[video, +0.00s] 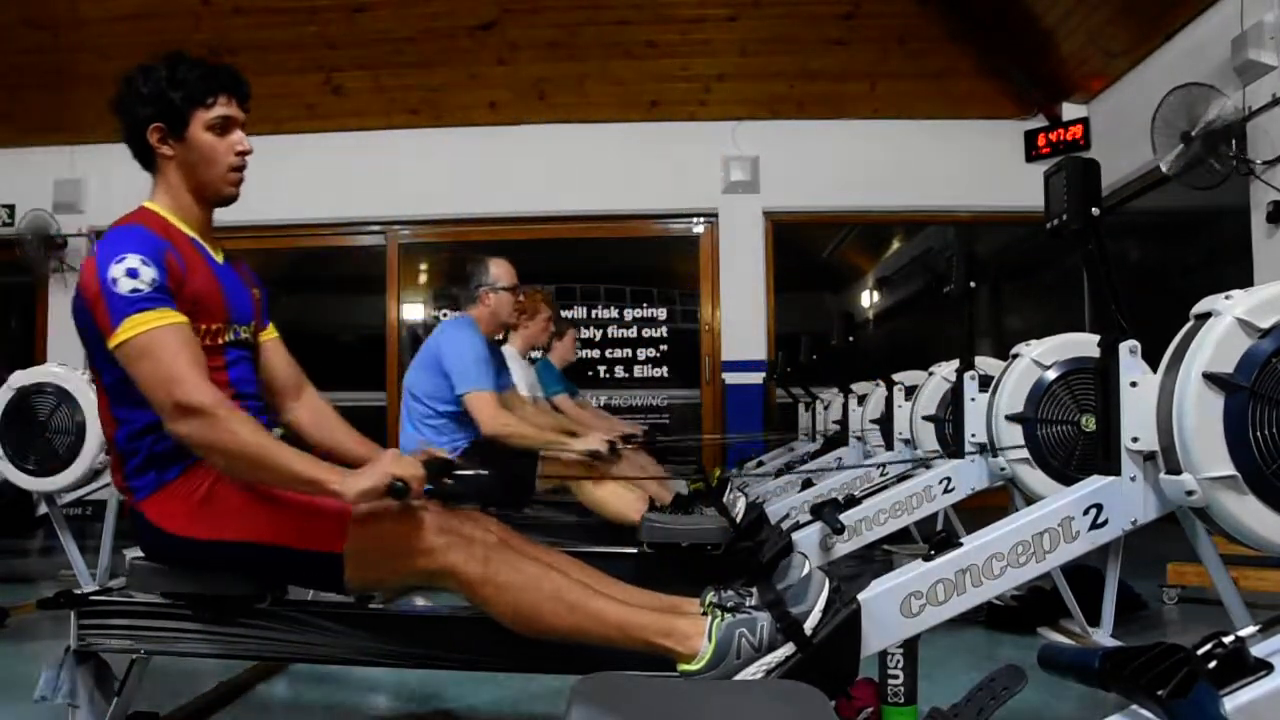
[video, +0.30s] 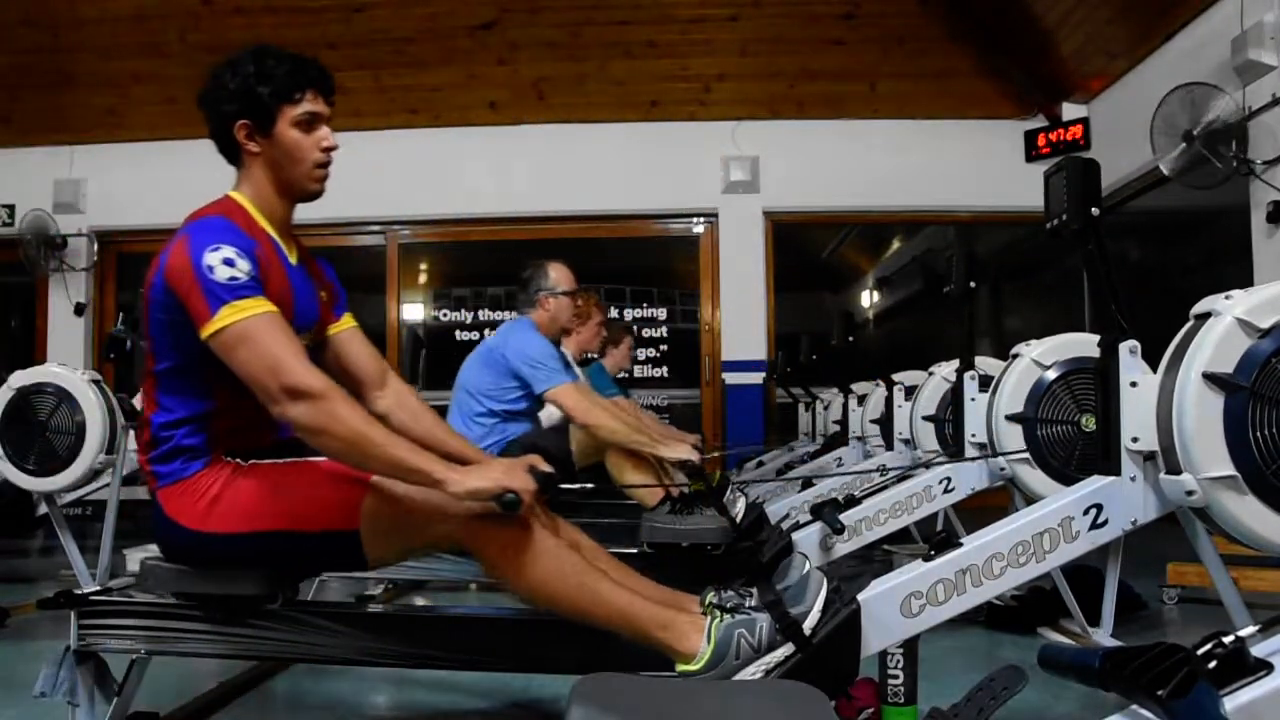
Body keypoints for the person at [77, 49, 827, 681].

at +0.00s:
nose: (243, 144)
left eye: (243, 129)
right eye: (221, 128)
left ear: (223, 144)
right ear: (163, 141)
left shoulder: (224, 269)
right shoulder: (129, 254)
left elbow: (292, 397)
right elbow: (193, 420)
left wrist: (374, 460)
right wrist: (340, 482)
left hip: (258, 483)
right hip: (193, 498)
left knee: (475, 523)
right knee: (447, 536)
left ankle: (698, 624)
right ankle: (697, 639)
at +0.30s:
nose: (329, 144)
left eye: (329, 127)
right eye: (309, 126)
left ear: (281, 138)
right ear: (248, 136)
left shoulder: (298, 263)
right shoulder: (212, 244)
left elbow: (383, 385)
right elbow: (294, 397)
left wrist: (476, 461)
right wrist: (455, 476)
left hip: (268, 474)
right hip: (207, 490)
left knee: (499, 489)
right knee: (475, 510)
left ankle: (699, 621)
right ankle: (693, 643)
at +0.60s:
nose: (436, 147)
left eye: (434, 130)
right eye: (416, 132)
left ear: (377, 145)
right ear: (356, 143)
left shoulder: (389, 260)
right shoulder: (320, 242)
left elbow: (478, 383)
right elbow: (415, 397)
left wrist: (584, 465)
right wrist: (575, 477)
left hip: (320, 478)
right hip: (264, 494)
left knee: (537, 442)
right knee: (513, 459)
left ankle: (691, 612)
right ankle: (693, 640)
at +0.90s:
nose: (557, 153)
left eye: (552, 135)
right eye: (537, 136)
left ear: (488, 152)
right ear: (478, 149)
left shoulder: (484, 254)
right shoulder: (442, 248)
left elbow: (581, 382)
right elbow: (568, 397)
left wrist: (696, 457)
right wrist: (726, 470)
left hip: (399, 485)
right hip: (358, 500)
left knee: (611, 393)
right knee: (599, 401)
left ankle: (693, 614)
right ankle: (698, 641)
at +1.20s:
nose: (678, 158)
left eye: (674, 138)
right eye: (660, 140)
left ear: (610, 154)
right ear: (603, 153)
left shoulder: (584, 241)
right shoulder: (575, 247)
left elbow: (716, 372)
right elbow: (723, 384)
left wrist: (853, 450)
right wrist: (881, 455)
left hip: (494, 489)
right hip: (475, 503)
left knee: (691, 351)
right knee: (699, 385)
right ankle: (701, 628)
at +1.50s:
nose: (716, 154)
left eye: (711, 136)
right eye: (699, 138)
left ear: (644, 154)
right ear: (642, 152)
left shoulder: (630, 239)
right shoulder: (620, 246)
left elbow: (777, 353)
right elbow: (783, 370)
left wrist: (888, 425)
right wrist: (946, 423)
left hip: (527, 488)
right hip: (507, 503)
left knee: (741, 371)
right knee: (734, 380)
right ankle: (704, 622)